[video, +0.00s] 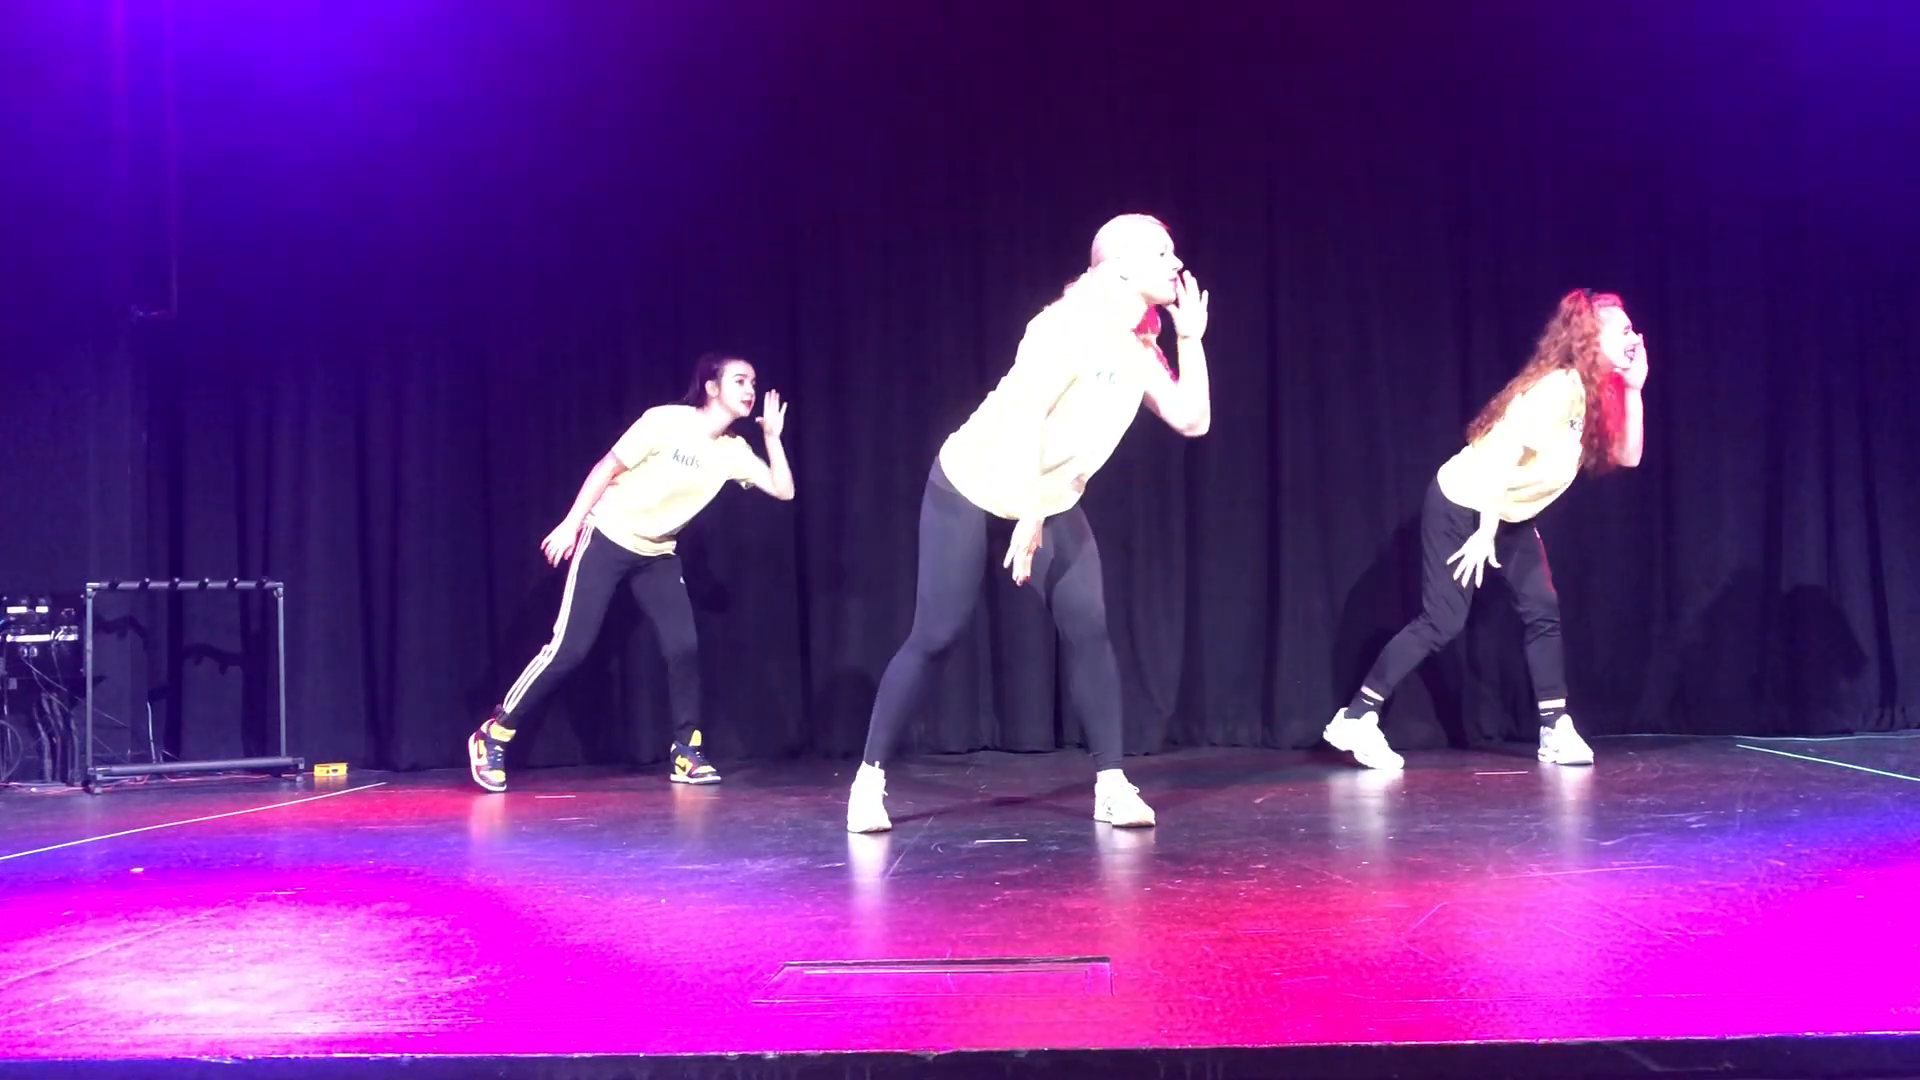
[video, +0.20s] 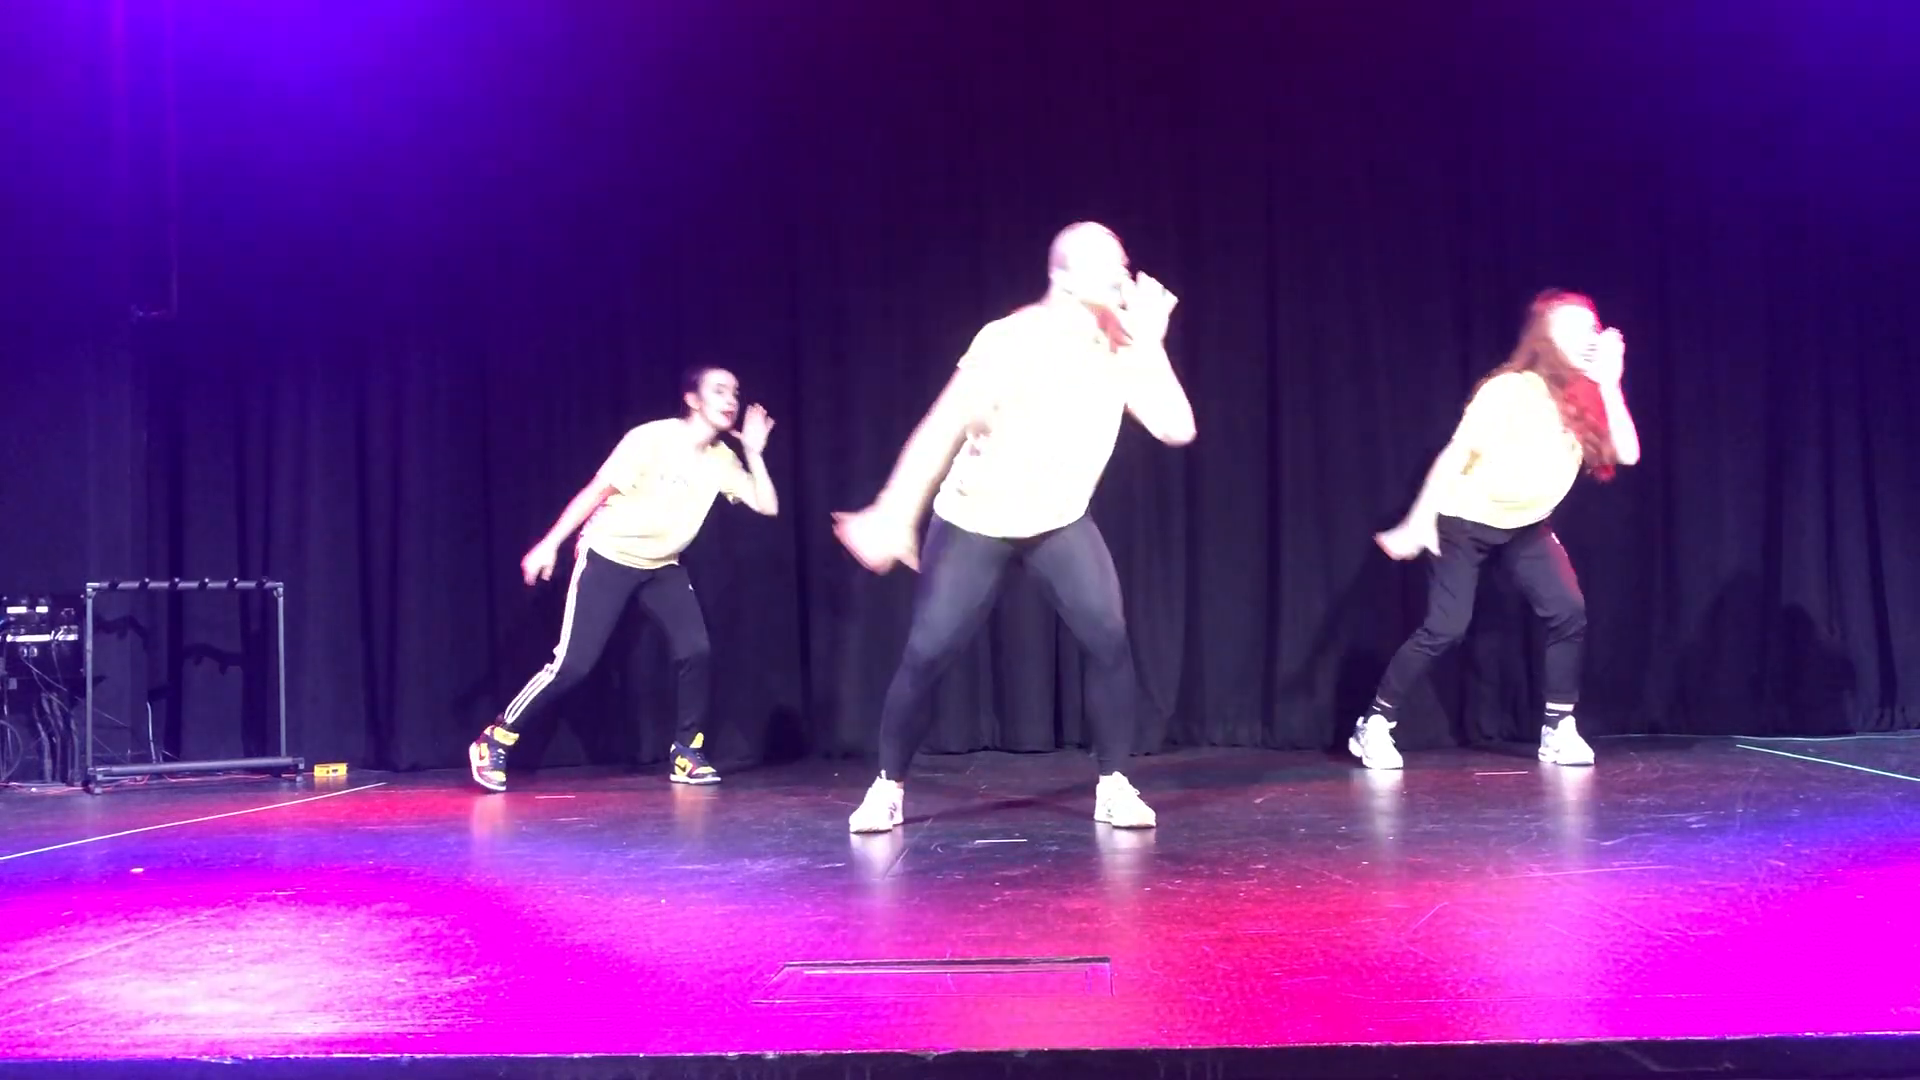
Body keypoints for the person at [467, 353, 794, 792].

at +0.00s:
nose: (750, 390)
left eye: (753, 384)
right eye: (740, 381)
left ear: (752, 394)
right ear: (711, 387)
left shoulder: (733, 452)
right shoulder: (666, 420)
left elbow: (784, 490)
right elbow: (608, 467)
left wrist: (773, 439)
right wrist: (571, 523)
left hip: (657, 555)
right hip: (606, 540)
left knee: (683, 646)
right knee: (571, 647)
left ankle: (686, 754)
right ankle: (492, 737)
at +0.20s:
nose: (731, 401)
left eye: (734, 394)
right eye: (720, 391)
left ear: (735, 405)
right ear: (692, 399)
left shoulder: (721, 459)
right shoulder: (651, 439)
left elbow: (767, 505)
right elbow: (597, 490)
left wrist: (754, 452)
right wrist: (549, 543)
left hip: (662, 566)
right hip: (607, 558)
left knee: (695, 651)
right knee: (574, 663)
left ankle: (686, 756)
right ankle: (494, 743)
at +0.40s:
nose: (611, 354)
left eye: (623, 345)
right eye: (604, 346)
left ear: (647, 355)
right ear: (596, 355)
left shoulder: (664, 408)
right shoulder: (581, 407)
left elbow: (678, 451)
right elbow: (539, 465)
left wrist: (638, 399)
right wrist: (475, 504)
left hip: (654, 542)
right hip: (592, 540)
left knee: (670, 642)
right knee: (553, 644)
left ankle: (698, 745)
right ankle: (526, 750)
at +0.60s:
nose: (501, 405)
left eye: (512, 395)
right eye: (501, 396)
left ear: (543, 401)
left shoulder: (571, 442)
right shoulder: (533, 458)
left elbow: (545, 494)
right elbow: (493, 511)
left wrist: (525, 444)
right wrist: (482, 455)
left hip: (631, 569)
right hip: (591, 572)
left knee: (636, 681)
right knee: (534, 654)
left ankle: (733, 739)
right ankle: (532, 760)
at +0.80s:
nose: (472, 410)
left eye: (481, 400)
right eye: (472, 402)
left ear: (513, 409)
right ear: (493, 414)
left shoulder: (547, 438)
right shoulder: (508, 466)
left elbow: (520, 479)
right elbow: (480, 521)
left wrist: (485, 440)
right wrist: (462, 469)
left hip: (623, 565)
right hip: (581, 572)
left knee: (637, 676)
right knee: (530, 653)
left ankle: (735, 739)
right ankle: (532, 761)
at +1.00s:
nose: (471, 395)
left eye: (481, 385)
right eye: (471, 386)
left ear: (513, 394)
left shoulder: (543, 425)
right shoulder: (504, 447)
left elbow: (512, 465)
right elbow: (471, 501)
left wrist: (481, 424)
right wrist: (461, 445)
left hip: (615, 555)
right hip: (577, 562)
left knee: (635, 668)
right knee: (531, 651)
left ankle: (731, 734)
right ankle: (534, 760)